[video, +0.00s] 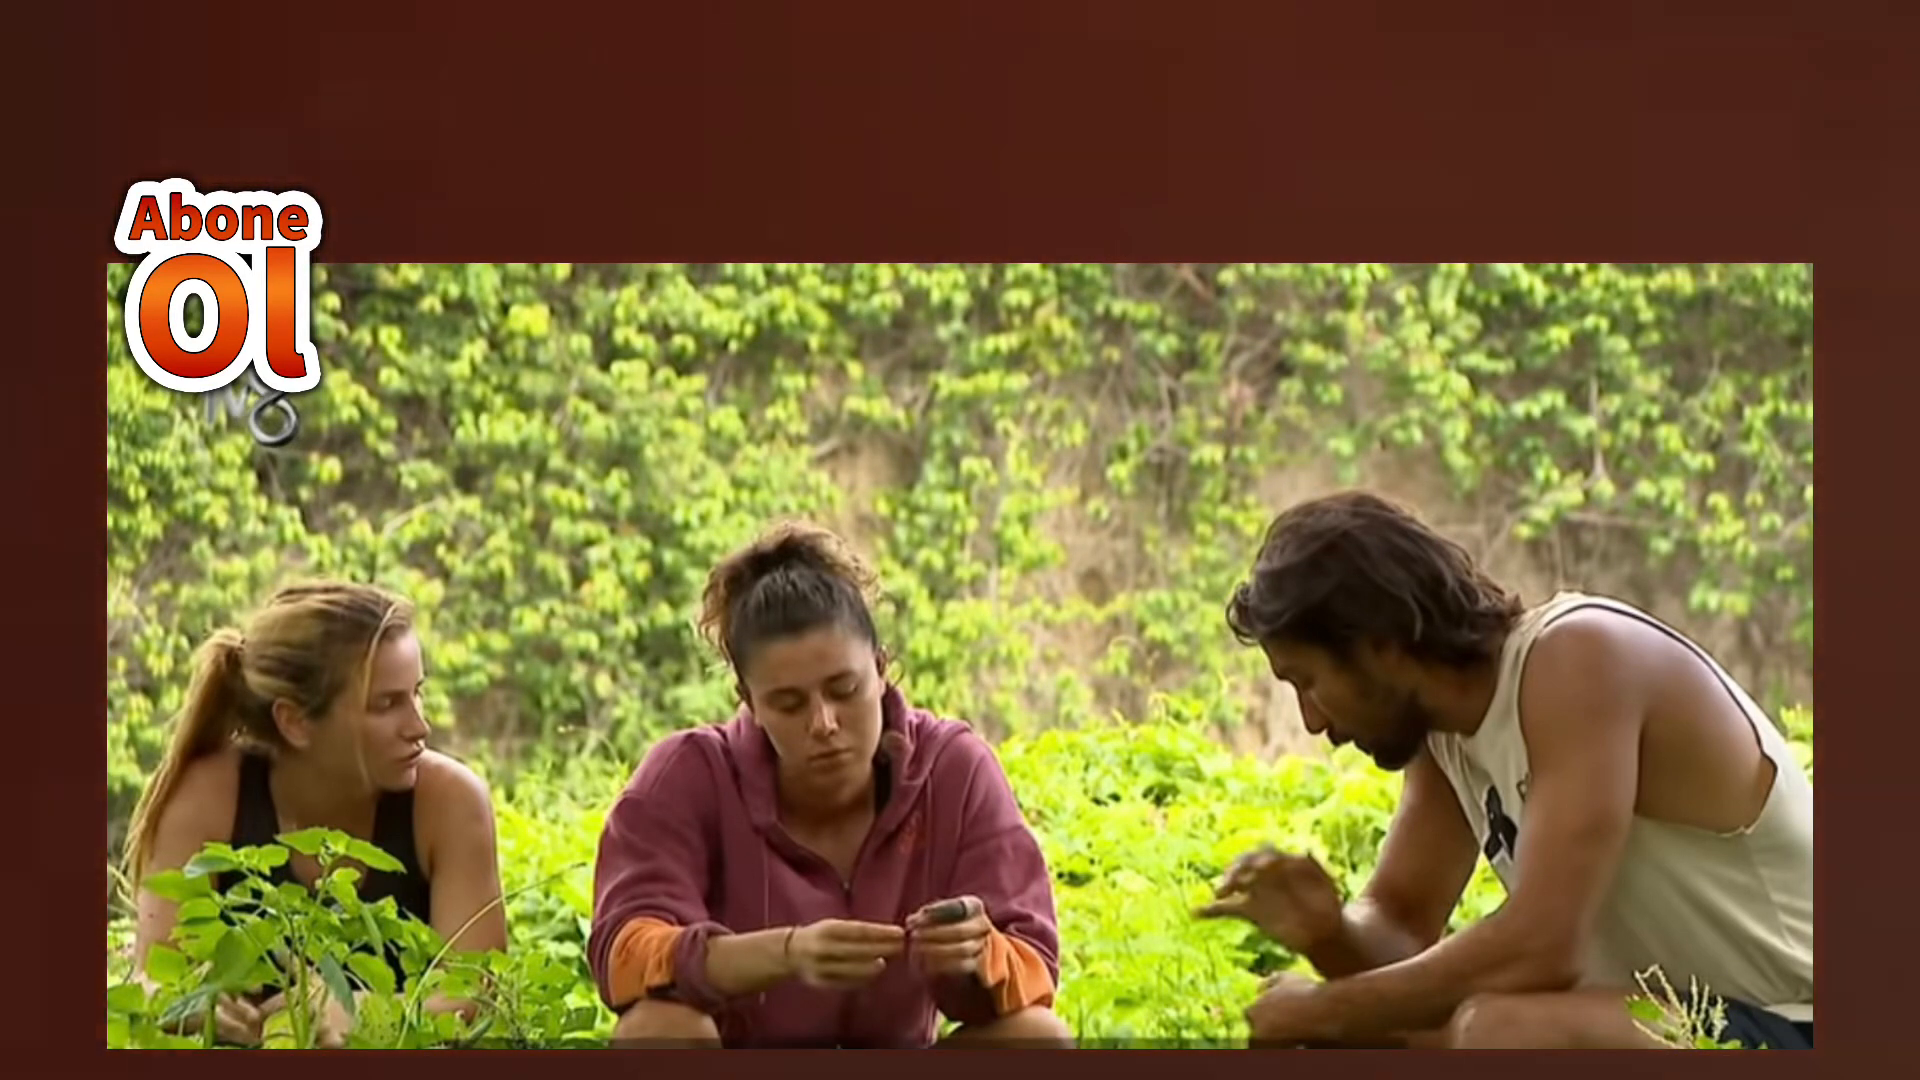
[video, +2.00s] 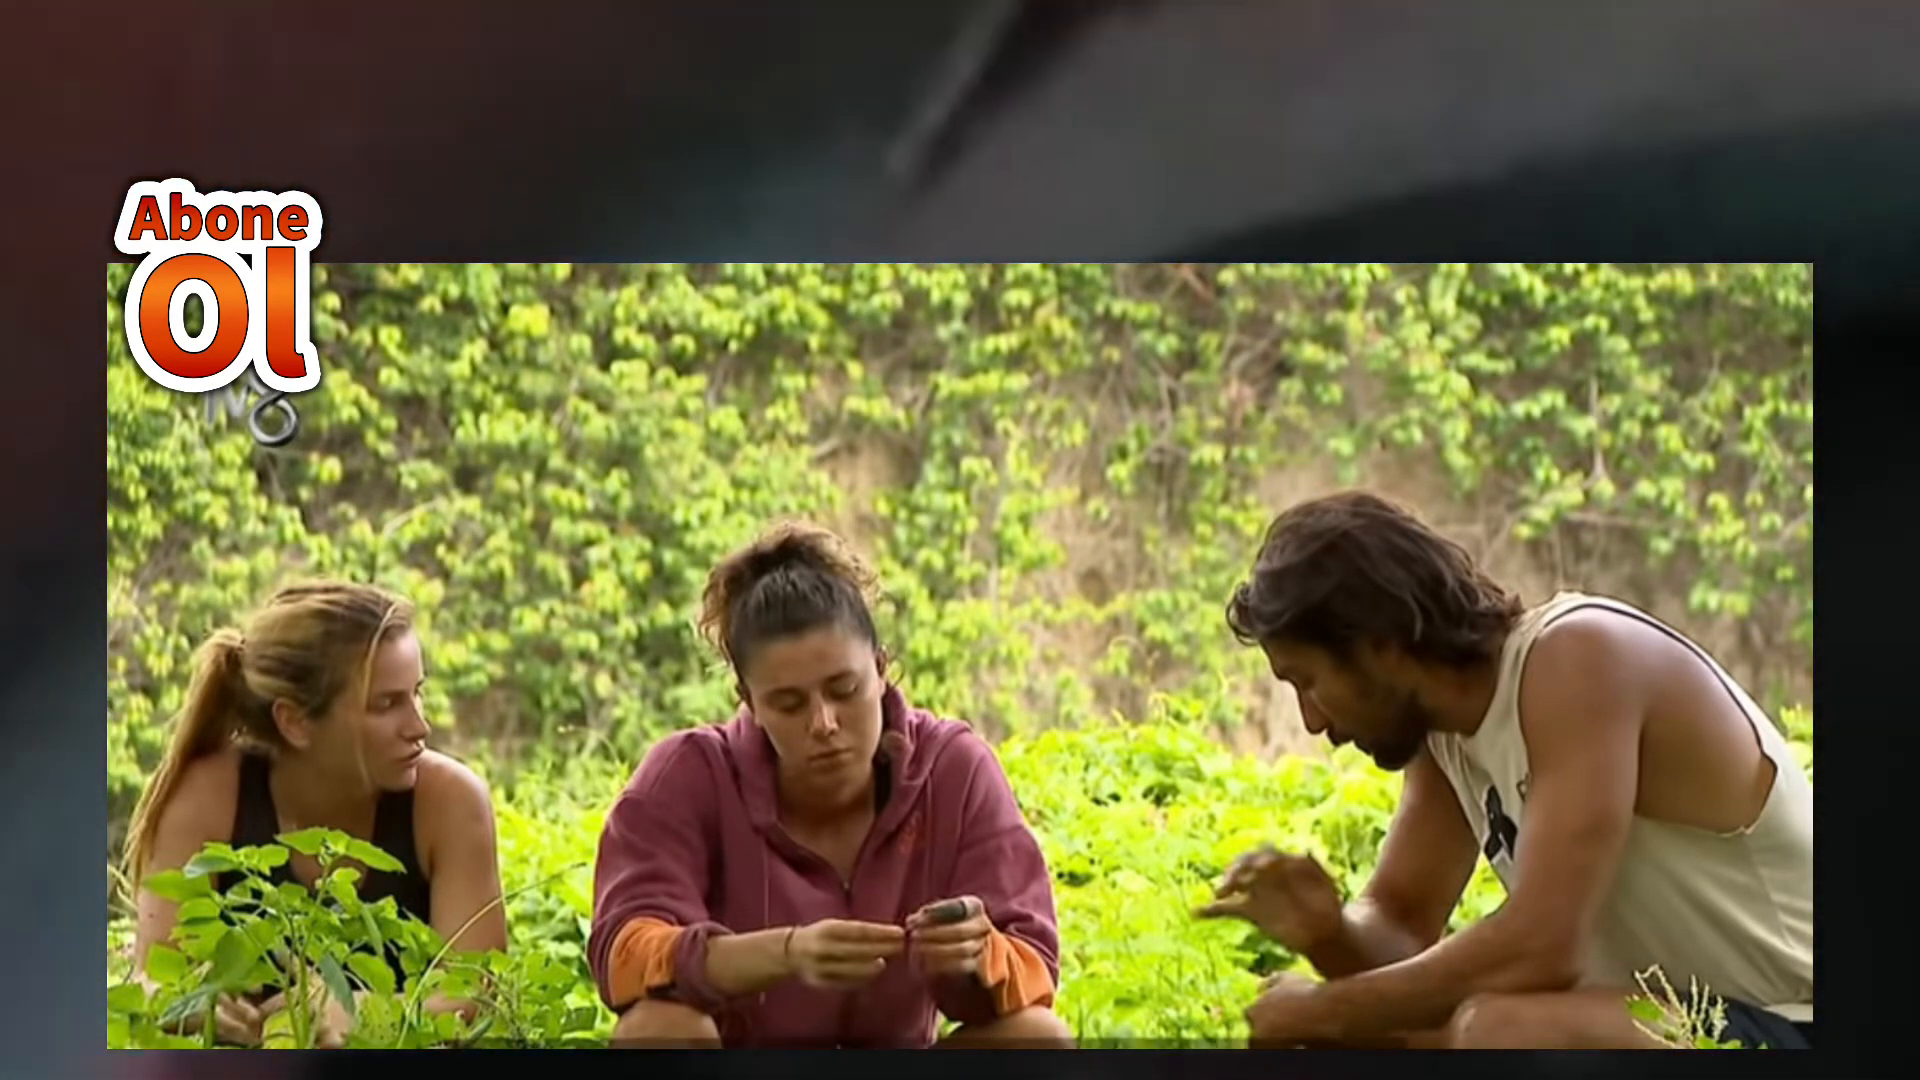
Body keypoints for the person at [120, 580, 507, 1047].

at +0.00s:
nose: (420, 725)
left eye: (417, 695)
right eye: (387, 705)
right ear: (295, 722)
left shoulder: (451, 800)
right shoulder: (206, 792)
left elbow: (470, 1001)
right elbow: (152, 982)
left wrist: (353, 1013)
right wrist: (200, 1008)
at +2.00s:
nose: (420, 725)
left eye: (417, 695)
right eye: (387, 705)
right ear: (295, 723)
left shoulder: (451, 800)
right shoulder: (206, 793)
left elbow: (470, 1000)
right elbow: (153, 985)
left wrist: (354, 1013)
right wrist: (200, 1009)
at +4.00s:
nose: (420, 725)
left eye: (417, 695)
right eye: (388, 705)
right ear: (295, 722)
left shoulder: (451, 799)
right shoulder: (206, 792)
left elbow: (471, 1002)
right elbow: (154, 983)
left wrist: (354, 1013)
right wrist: (200, 1008)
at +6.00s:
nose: (420, 725)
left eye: (417, 695)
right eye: (388, 705)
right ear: (295, 722)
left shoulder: (451, 799)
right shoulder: (206, 791)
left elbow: (470, 1001)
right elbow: (152, 982)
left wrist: (355, 1012)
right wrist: (197, 1008)